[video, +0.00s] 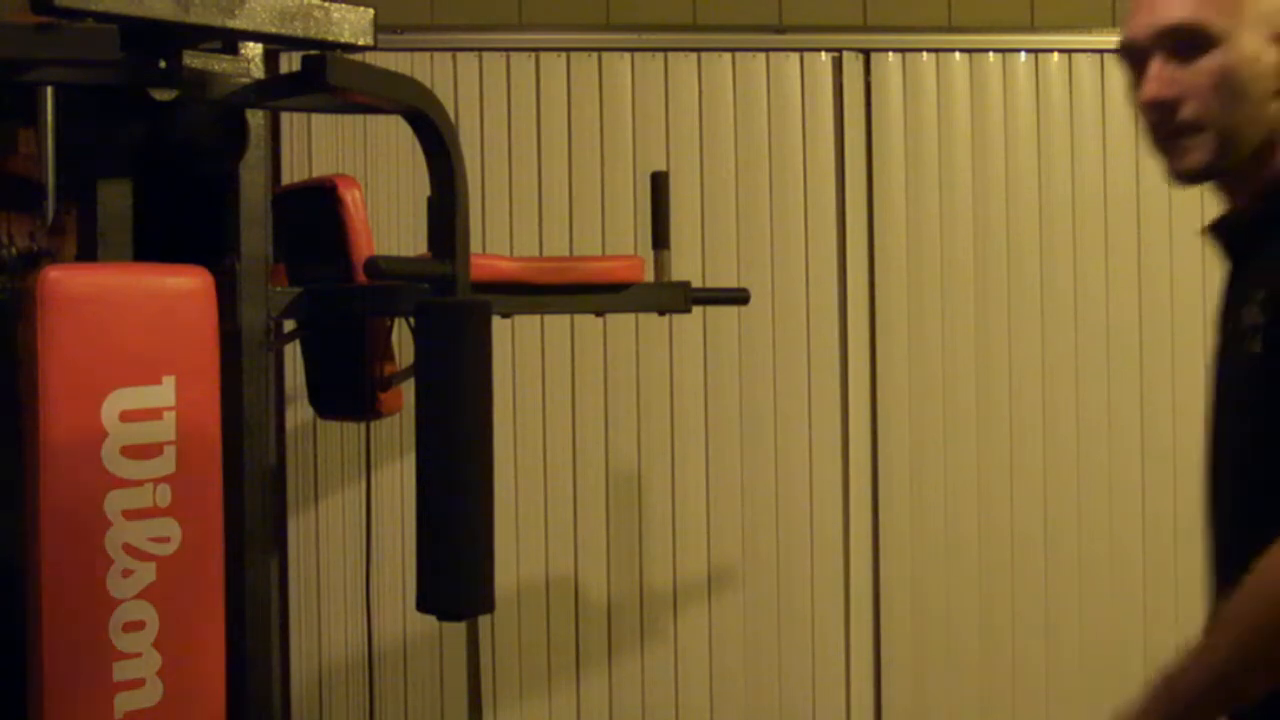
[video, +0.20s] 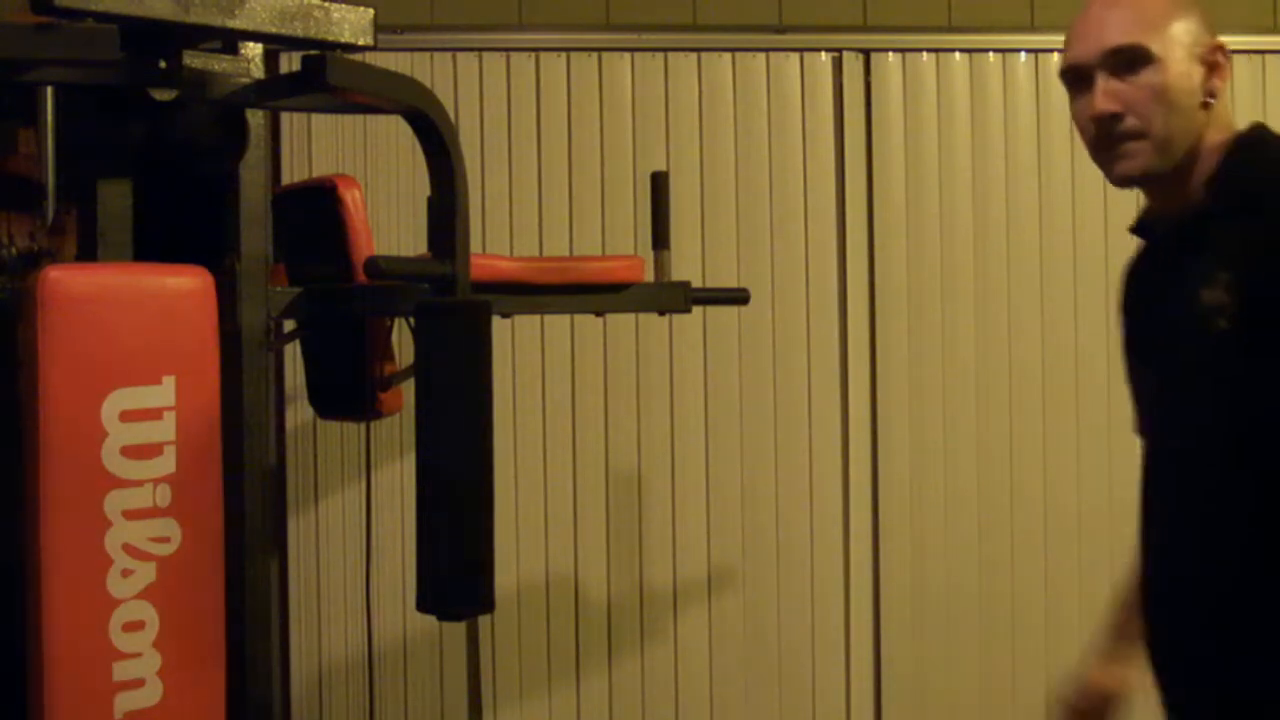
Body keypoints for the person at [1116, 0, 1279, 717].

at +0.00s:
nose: (1153, 90)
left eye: (1190, 48)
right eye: (1137, 61)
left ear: (1277, 43)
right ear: (1127, 71)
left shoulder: (1270, 255)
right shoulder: (1253, 255)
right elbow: (1256, 530)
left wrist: (1162, 708)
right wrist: (1203, 699)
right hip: (1258, 696)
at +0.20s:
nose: (1100, 105)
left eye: (1130, 67)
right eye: (1079, 82)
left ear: (1214, 72)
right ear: (1067, 100)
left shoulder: (1271, 207)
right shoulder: (1152, 271)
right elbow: (1183, 485)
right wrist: (1118, 654)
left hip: (1278, 662)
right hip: (1204, 675)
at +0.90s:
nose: (1193, 146)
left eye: (1217, 121)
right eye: (1170, 125)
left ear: (1261, 137)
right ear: (1146, 145)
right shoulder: (1092, 283)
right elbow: (1055, 453)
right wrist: (1039, 619)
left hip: (1268, 625)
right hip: (1130, 628)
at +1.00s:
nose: (1197, 140)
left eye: (1221, 118)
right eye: (1174, 121)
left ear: (1262, 139)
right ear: (1150, 142)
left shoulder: (1279, 265)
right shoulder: (1087, 277)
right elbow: (1050, 447)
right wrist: (1035, 614)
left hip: (1258, 613)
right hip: (1117, 612)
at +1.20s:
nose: (1185, 139)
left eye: (1208, 120)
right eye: (1163, 119)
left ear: (1244, 141)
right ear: (1136, 138)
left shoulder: (1274, 266)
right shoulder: (1066, 271)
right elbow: (1028, 440)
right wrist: (1013, 605)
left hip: (1242, 603)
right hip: (1095, 601)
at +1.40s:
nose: (1138, 141)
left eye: (1160, 121)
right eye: (1117, 122)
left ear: (1196, 141)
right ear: (1091, 143)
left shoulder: (1248, 271)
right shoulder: (1025, 271)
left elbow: (1272, 441)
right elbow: (989, 434)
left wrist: (1279, 601)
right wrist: (980, 598)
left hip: (1196, 590)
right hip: (1056, 589)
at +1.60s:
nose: (1084, 144)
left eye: (1106, 125)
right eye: (1063, 127)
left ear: (1139, 146)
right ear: (1038, 149)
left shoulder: (1192, 272)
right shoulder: (978, 275)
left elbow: (1223, 446)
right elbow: (937, 432)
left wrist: (1194, 614)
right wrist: (935, 591)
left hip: (1138, 588)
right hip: (1006, 588)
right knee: (983, 716)